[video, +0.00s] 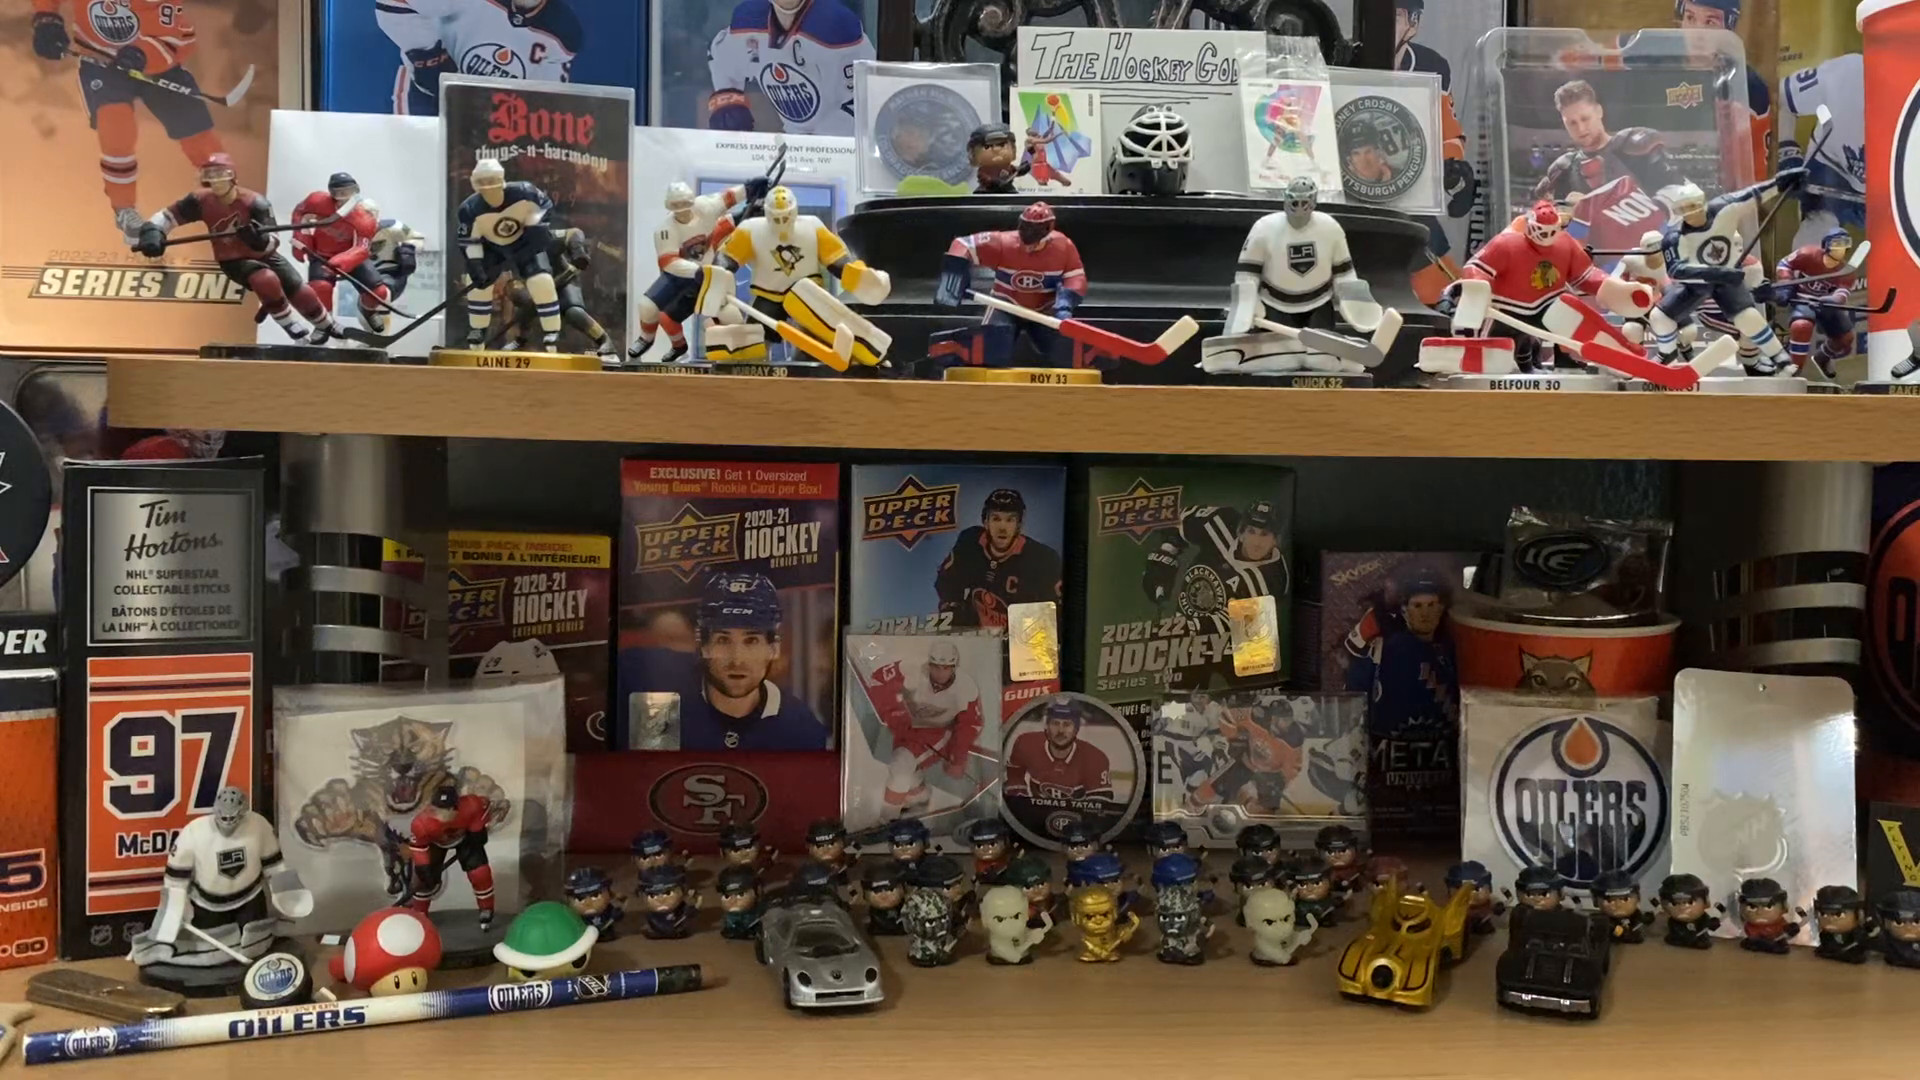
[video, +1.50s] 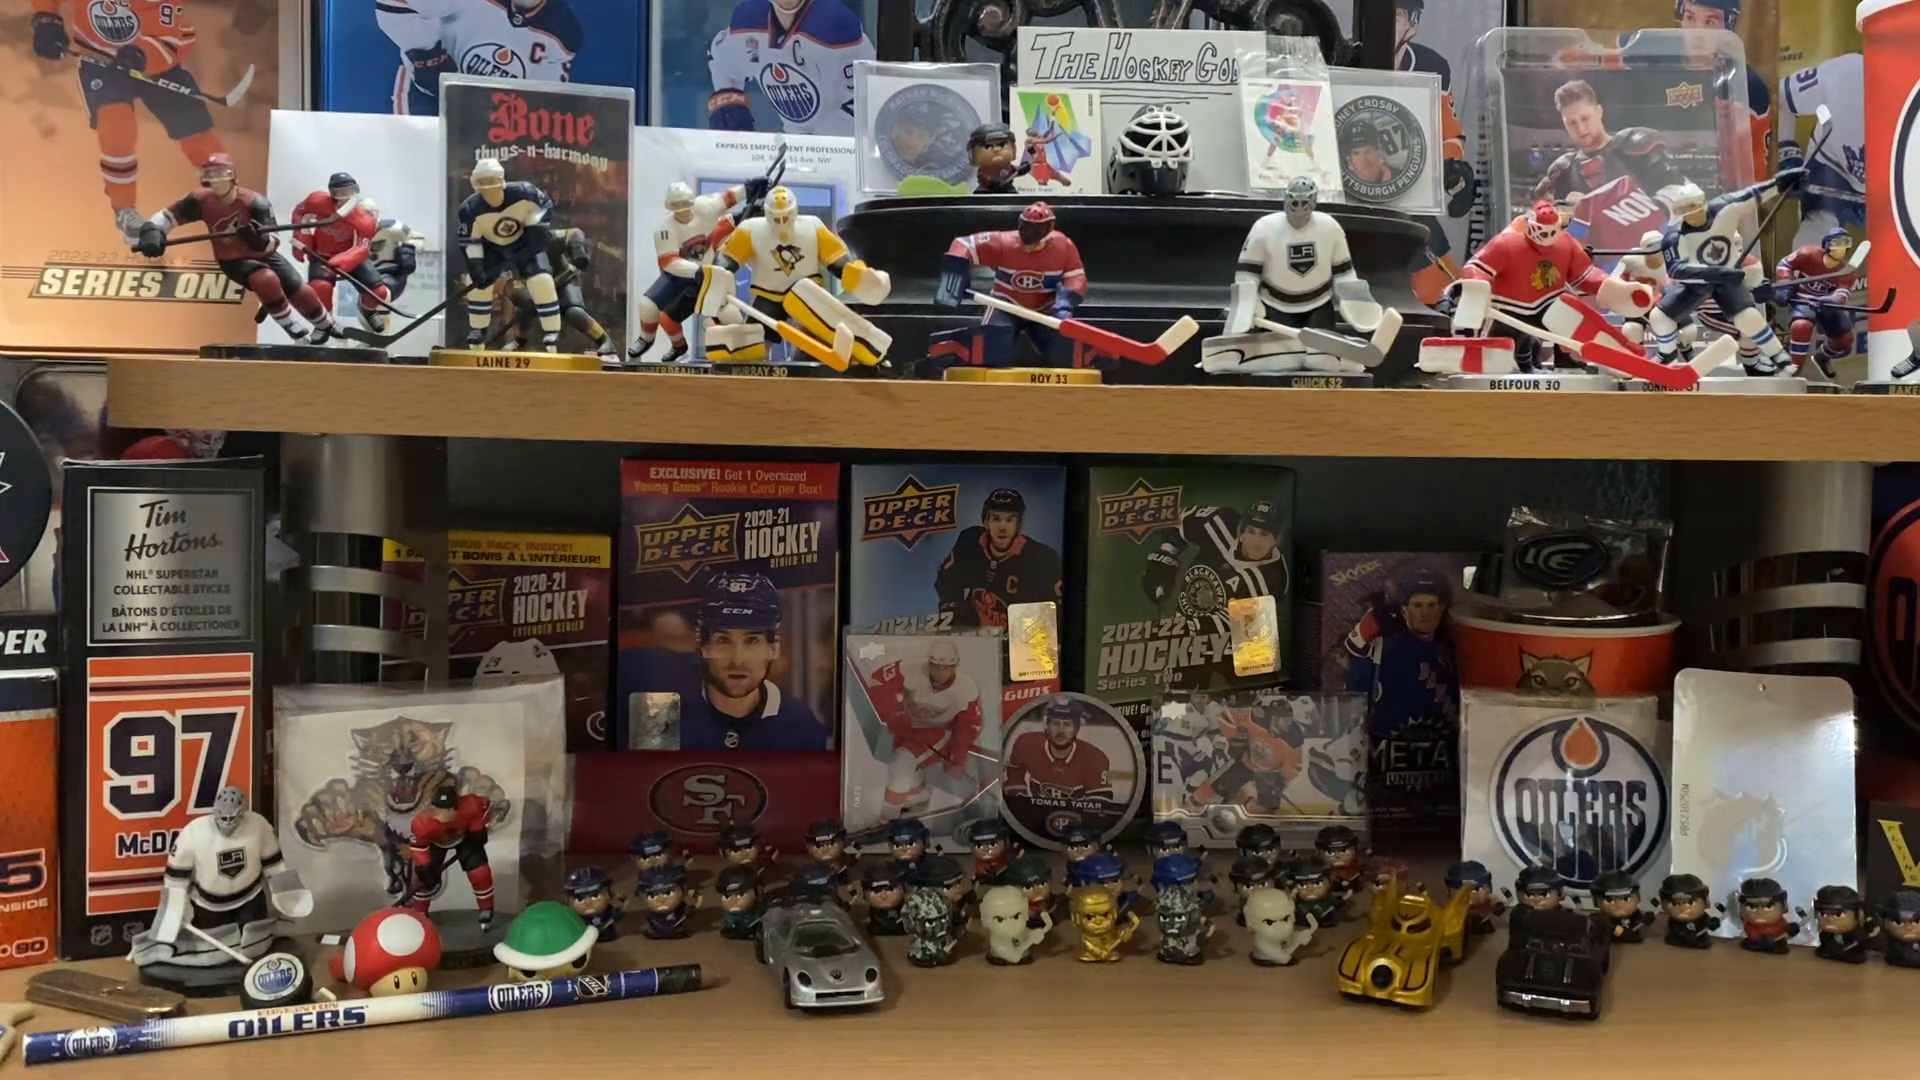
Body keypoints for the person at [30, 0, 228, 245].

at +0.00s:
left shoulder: (162, 6)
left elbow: (181, 38)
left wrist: (142, 53)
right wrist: (46, 17)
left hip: (158, 62)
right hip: (100, 61)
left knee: (204, 145)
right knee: (118, 127)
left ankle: (231, 203)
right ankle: (125, 211)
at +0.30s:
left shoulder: (161, 7)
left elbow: (178, 39)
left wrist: (142, 54)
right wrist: (46, 18)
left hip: (157, 61)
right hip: (100, 61)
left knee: (203, 144)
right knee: (118, 126)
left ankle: (231, 203)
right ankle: (125, 211)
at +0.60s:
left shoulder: (161, 7)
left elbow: (180, 39)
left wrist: (142, 54)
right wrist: (46, 17)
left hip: (156, 61)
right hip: (99, 61)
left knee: (203, 142)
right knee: (118, 127)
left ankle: (231, 203)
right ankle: (125, 211)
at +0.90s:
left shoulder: (161, 6)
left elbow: (178, 39)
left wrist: (141, 54)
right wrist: (46, 18)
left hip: (156, 61)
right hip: (99, 61)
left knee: (202, 142)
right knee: (118, 127)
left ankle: (231, 203)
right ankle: (125, 211)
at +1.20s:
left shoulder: (162, 7)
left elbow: (178, 38)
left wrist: (142, 53)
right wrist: (46, 18)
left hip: (157, 61)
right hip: (100, 61)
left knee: (202, 143)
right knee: (118, 127)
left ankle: (231, 204)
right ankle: (125, 211)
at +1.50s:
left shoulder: (161, 7)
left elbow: (176, 39)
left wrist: (141, 54)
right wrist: (46, 17)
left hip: (157, 60)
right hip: (99, 60)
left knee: (201, 141)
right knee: (118, 127)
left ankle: (231, 204)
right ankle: (125, 211)